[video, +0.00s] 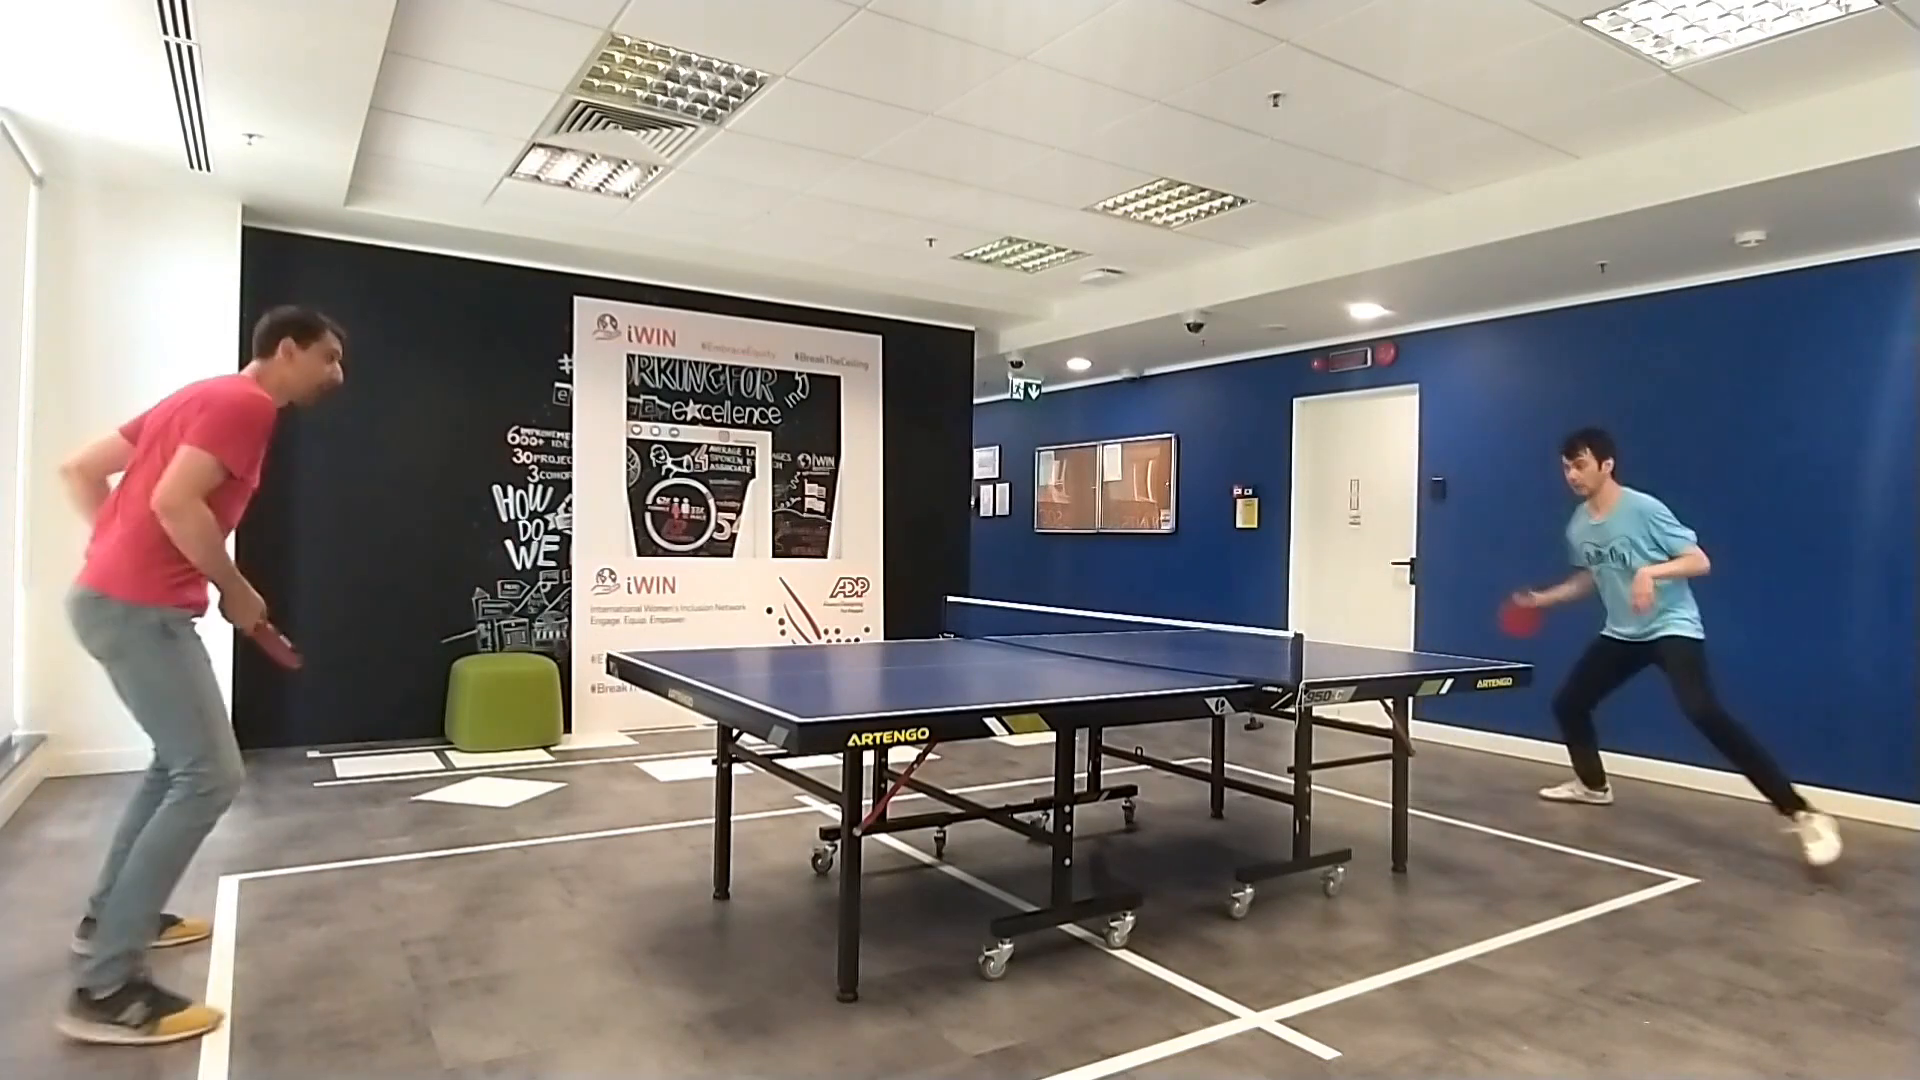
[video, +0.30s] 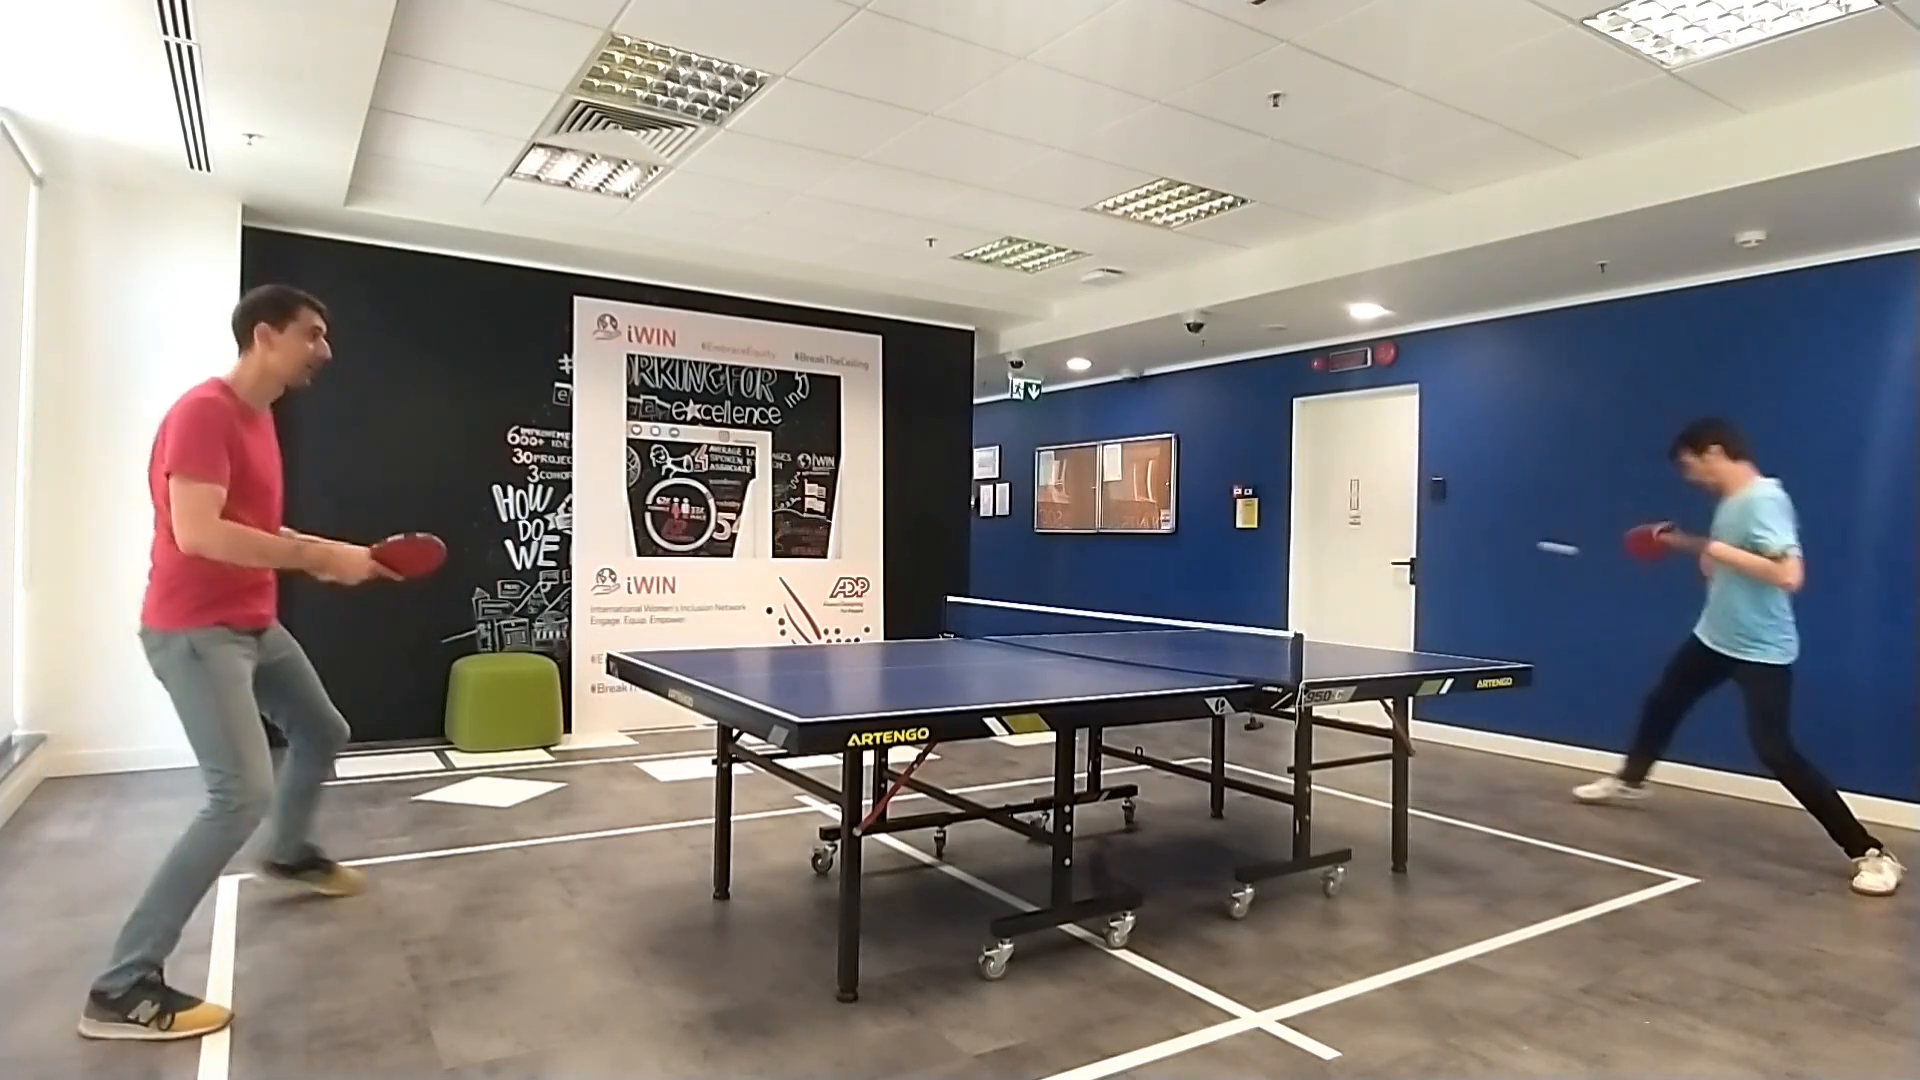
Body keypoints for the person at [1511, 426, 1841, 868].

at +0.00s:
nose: (1570, 474)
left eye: (1578, 464)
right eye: (1566, 466)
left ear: (1606, 465)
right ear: (1566, 471)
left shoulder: (1643, 508)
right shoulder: (1579, 524)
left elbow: (1698, 561)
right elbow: (1592, 576)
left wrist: (1650, 571)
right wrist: (1545, 599)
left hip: (1672, 628)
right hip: (1622, 634)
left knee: (1702, 712)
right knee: (1569, 704)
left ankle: (1802, 815)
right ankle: (1592, 786)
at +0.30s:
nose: (1689, 478)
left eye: (1690, 466)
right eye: (1685, 468)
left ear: (1715, 453)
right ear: (1714, 457)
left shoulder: (1766, 500)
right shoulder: (1733, 500)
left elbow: (1791, 575)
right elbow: (1734, 558)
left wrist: (1723, 553)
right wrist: (1682, 542)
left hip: (1763, 650)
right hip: (1717, 635)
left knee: (1775, 751)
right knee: (1664, 702)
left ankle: (1869, 854)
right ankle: (1629, 780)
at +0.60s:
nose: (1780, 445)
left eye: (1791, 436)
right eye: (1778, 437)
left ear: (1827, 443)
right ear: (1780, 443)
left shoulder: (1853, 509)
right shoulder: (1770, 472)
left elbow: (1873, 584)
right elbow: (1722, 484)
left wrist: (1806, 578)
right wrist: (1708, 510)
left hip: (1809, 636)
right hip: (1750, 620)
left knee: (1815, 735)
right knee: (1706, 692)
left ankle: (1874, 853)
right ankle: (1717, 771)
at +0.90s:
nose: (1737, 468)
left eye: (1747, 459)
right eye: (1732, 461)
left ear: (1779, 465)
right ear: (1730, 469)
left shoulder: (1812, 525)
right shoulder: (1733, 506)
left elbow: (1840, 598)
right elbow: (1724, 542)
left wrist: (1776, 620)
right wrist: (1681, 577)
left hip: (1800, 645)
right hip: (1741, 632)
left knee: (1812, 732)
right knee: (1683, 694)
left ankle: (1874, 852)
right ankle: (1645, 765)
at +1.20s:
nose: (1616, 492)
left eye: (1625, 483)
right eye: (1613, 486)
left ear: (1653, 487)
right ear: (1616, 494)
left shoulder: (1675, 528)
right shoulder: (1653, 536)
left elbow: (1685, 598)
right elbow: (1680, 599)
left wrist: (1627, 611)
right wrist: (1653, 640)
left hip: (1735, 646)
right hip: (1697, 645)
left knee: (1770, 737)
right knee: (1630, 696)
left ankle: (1857, 849)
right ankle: (1646, 784)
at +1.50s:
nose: (1560, 492)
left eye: (1567, 482)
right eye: (1558, 485)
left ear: (1595, 482)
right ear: (1595, 487)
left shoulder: (1607, 512)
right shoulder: (1631, 511)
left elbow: (1602, 564)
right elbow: (1678, 565)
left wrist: (1560, 580)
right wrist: (1720, 623)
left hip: (1703, 621)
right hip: (1679, 624)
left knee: (1718, 710)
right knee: (1639, 694)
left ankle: (1814, 815)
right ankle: (1649, 782)